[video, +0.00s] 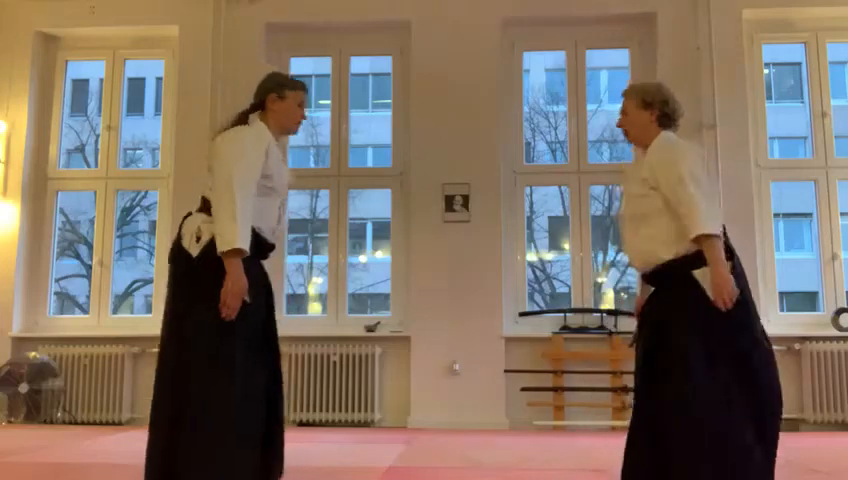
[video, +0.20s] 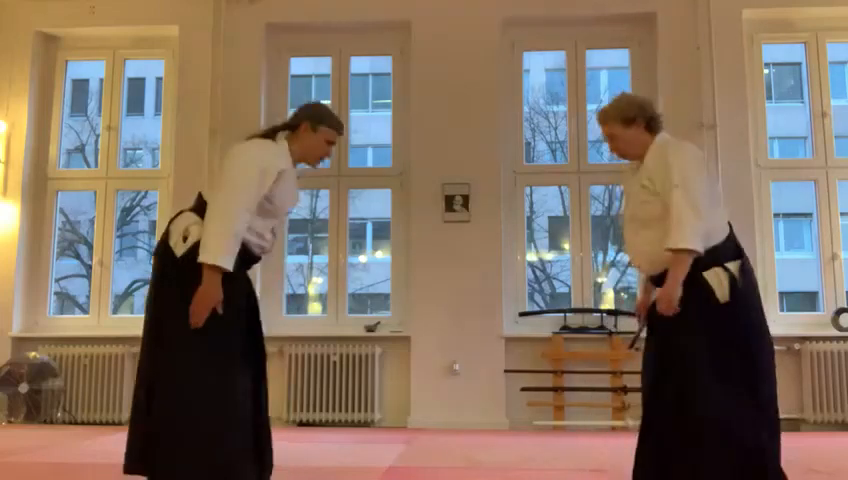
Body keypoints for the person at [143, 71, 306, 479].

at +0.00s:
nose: (303, 115)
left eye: (304, 107)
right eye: (298, 105)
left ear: (275, 104)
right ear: (273, 102)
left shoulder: (265, 144)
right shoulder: (245, 139)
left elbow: (249, 208)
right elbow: (231, 199)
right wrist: (234, 267)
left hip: (240, 261)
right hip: (220, 262)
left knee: (243, 374)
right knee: (225, 375)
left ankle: (236, 467)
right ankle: (220, 469)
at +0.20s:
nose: (327, 154)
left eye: (332, 146)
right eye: (327, 143)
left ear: (305, 132)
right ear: (304, 129)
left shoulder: (279, 163)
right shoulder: (261, 152)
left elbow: (239, 215)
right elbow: (228, 208)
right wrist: (211, 276)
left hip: (223, 265)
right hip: (201, 262)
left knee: (232, 368)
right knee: (213, 369)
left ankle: (222, 465)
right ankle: (204, 467)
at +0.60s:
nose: (337, 171)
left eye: (341, 165)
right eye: (336, 161)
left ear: (317, 151)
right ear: (312, 146)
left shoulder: (286, 181)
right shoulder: (264, 164)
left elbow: (237, 224)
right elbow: (224, 214)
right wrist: (200, 283)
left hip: (221, 267)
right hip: (192, 261)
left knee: (217, 368)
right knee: (194, 366)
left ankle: (208, 463)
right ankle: (181, 465)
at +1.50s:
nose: (269, 99)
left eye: (268, 92)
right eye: (262, 90)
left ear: (240, 95)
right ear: (235, 92)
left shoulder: (246, 137)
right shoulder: (223, 134)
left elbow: (247, 201)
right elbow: (222, 196)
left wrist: (266, 255)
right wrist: (236, 261)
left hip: (254, 255)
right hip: (233, 257)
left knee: (252, 364)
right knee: (232, 366)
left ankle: (249, 465)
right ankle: (229, 467)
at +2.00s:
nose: (270, 99)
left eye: (269, 92)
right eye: (263, 92)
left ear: (246, 96)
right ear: (237, 94)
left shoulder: (246, 136)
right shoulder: (225, 134)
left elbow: (245, 201)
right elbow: (223, 197)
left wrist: (264, 256)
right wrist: (238, 263)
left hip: (248, 256)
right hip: (227, 259)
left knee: (246, 368)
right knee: (229, 368)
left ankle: (241, 463)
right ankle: (225, 466)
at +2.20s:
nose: (268, 100)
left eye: (268, 92)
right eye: (261, 92)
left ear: (245, 97)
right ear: (235, 94)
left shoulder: (244, 135)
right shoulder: (226, 133)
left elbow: (241, 200)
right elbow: (223, 197)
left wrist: (263, 256)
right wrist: (240, 262)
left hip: (247, 255)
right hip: (229, 259)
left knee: (244, 367)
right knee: (230, 366)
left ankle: (239, 463)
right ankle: (225, 465)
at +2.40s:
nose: (269, 100)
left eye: (269, 92)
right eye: (262, 92)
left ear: (246, 97)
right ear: (236, 94)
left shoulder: (245, 136)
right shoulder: (226, 133)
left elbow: (245, 201)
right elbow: (223, 197)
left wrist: (264, 256)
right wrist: (239, 262)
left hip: (248, 256)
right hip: (229, 259)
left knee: (245, 367)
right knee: (230, 367)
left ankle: (241, 463)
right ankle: (225, 465)